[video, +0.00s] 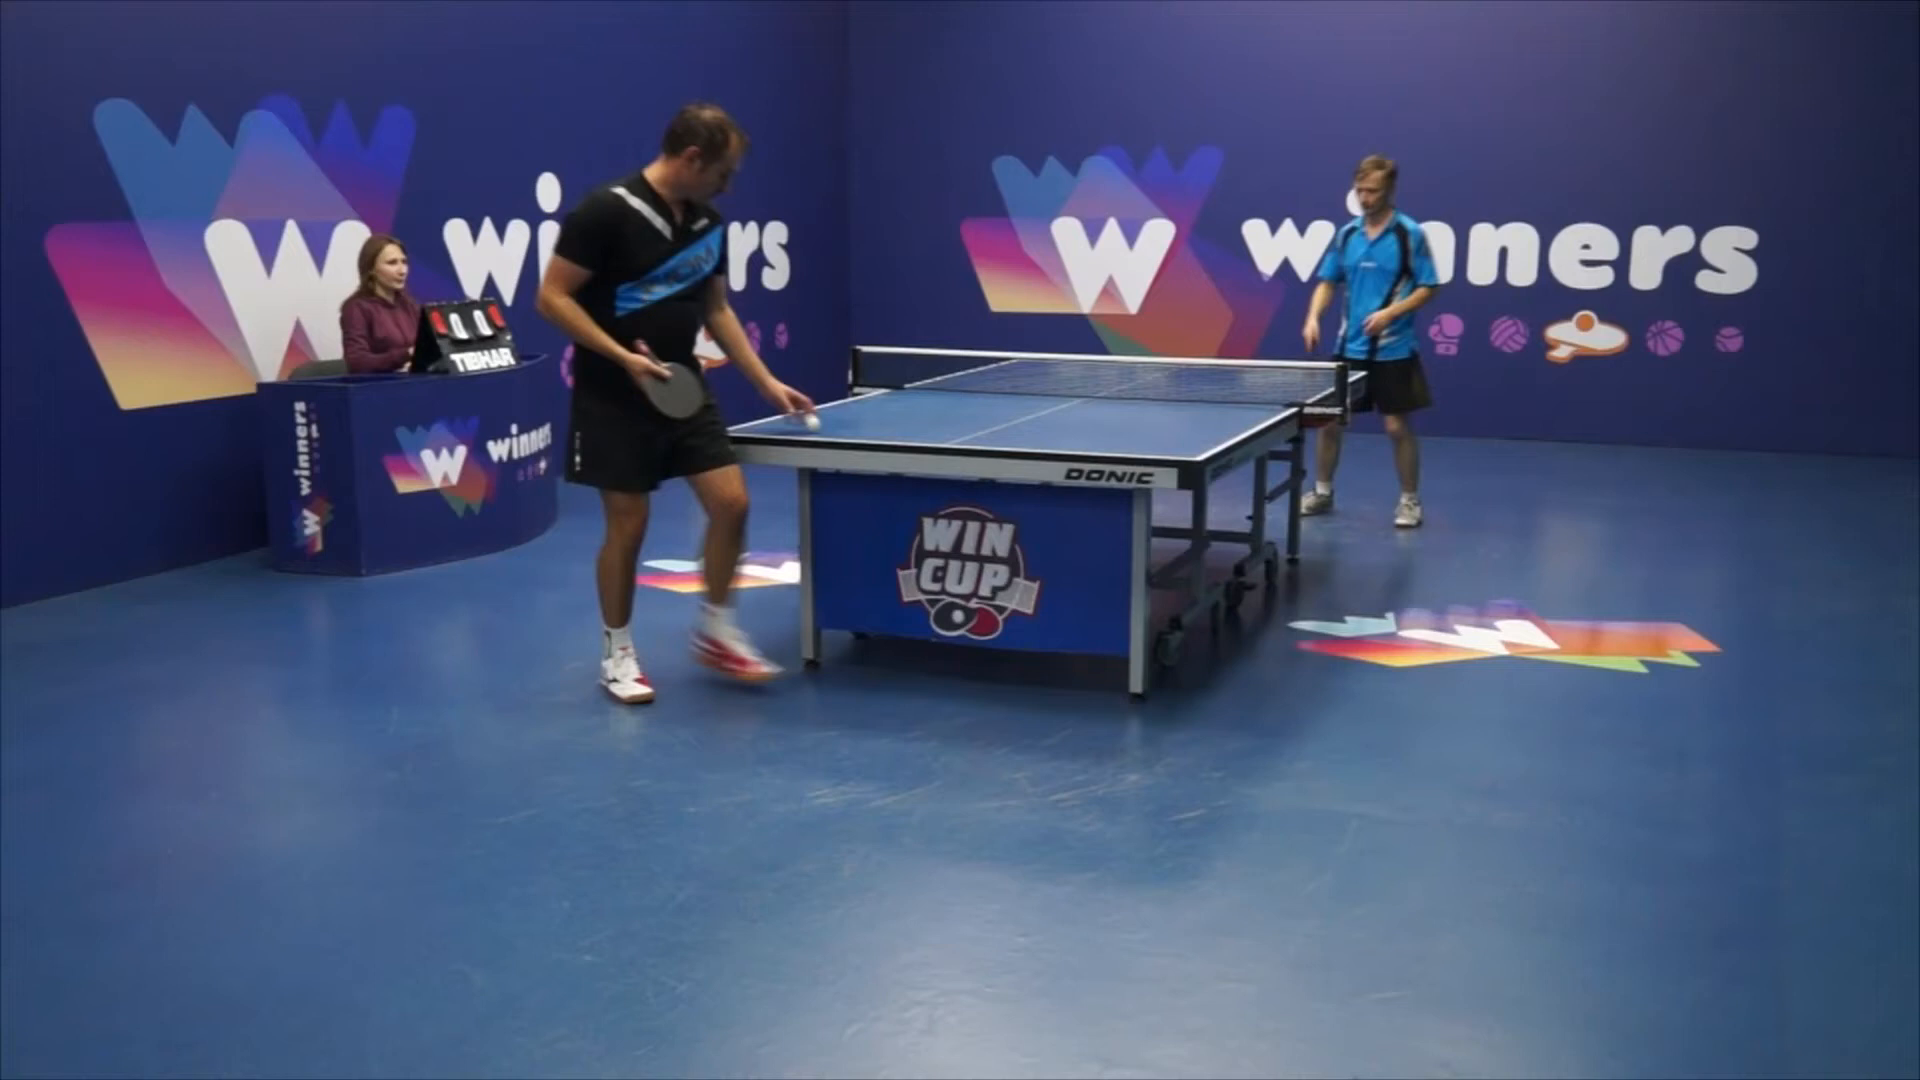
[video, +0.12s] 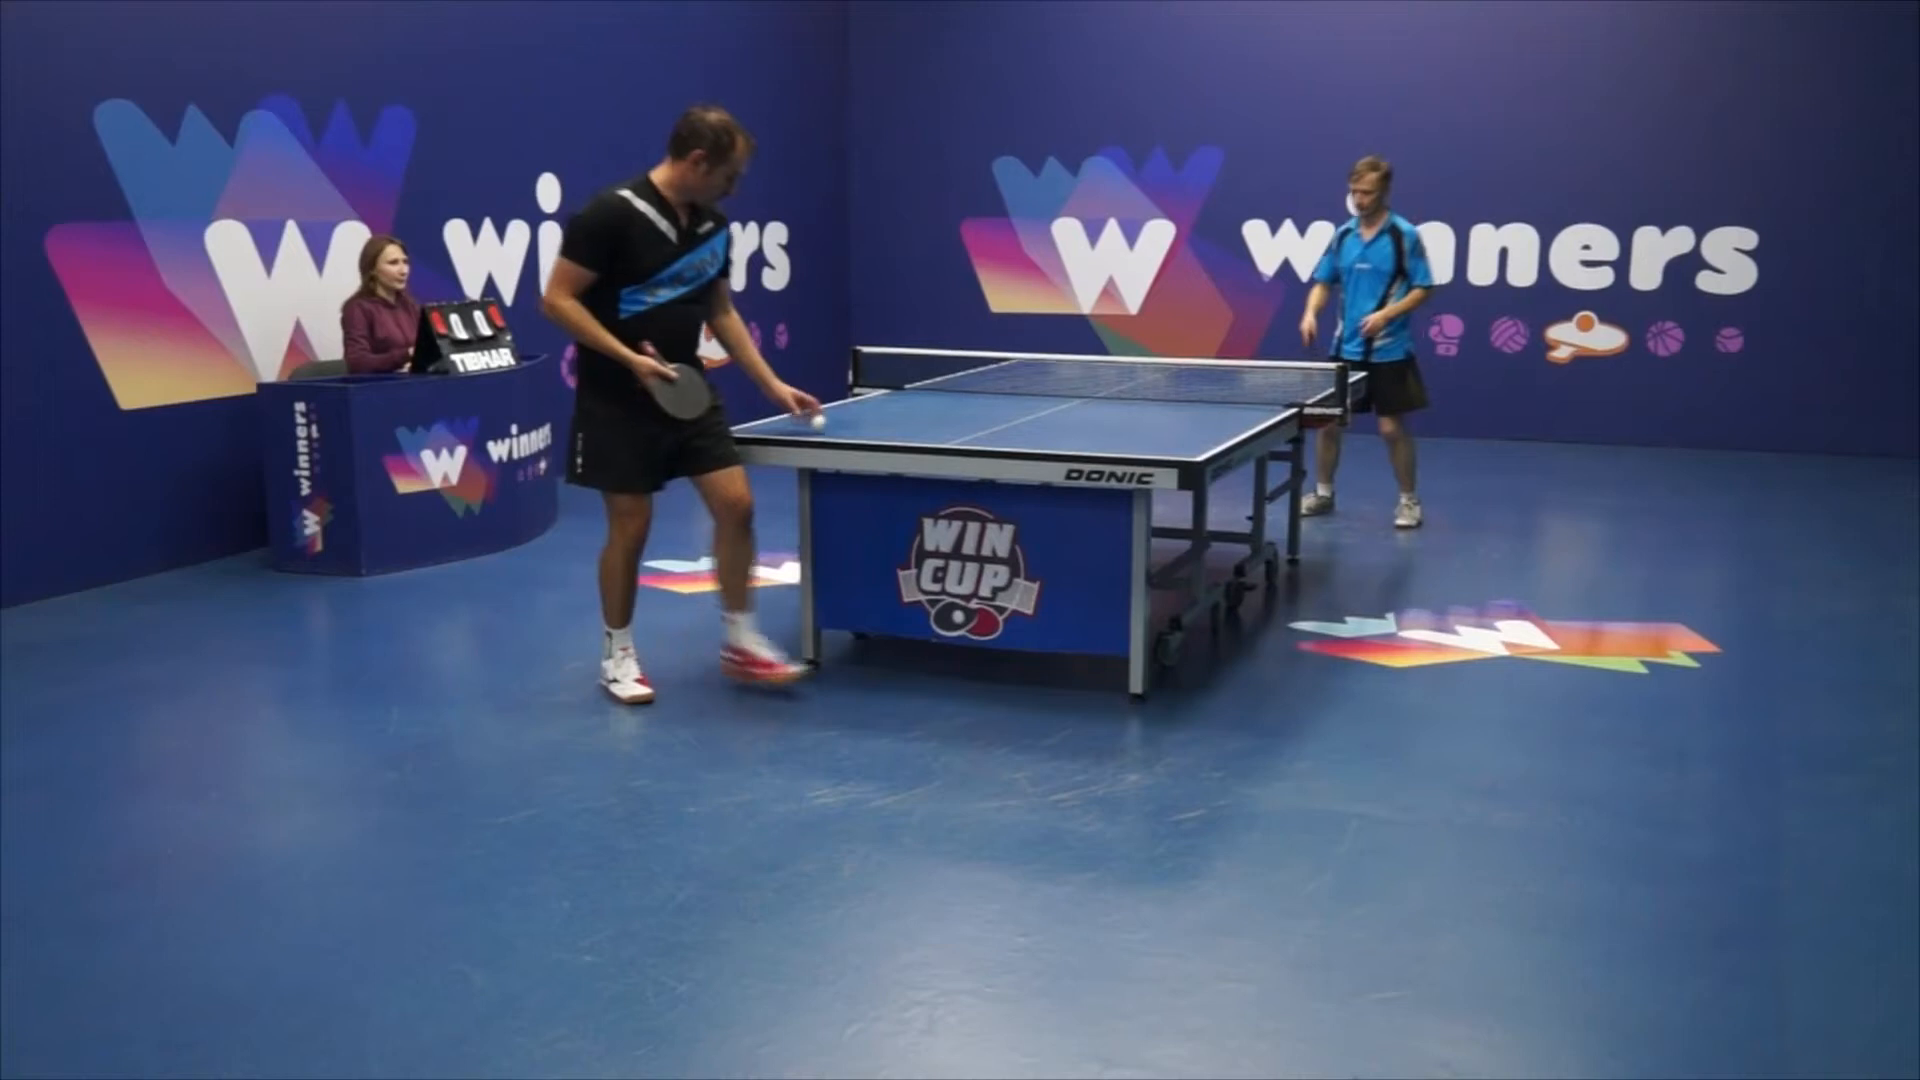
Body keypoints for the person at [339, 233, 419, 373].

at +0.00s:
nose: (402, 270)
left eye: (404, 262)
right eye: (392, 263)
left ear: (408, 263)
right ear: (371, 269)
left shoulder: (408, 304)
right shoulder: (356, 308)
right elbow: (357, 364)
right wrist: (407, 354)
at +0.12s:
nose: (403, 270)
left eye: (405, 262)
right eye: (393, 263)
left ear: (409, 263)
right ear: (372, 269)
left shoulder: (409, 304)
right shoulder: (357, 308)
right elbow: (357, 364)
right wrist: (407, 354)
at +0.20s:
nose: (405, 269)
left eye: (407, 261)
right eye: (395, 262)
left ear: (411, 264)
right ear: (374, 269)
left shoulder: (411, 304)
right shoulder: (358, 307)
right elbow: (357, 363)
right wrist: (407, 354)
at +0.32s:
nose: (408, 270)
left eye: (410, 262)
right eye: (398, 263)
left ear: (413, 264)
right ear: (377, 270)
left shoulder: (413, 305)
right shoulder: (361, 307)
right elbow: (357, 364)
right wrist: (408, 354)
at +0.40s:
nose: (409, 270)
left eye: (411, 262)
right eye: (399, 263)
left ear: (415, 264)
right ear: (378, 270)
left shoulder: (415, 306)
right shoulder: (362, 307)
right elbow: (357, 363)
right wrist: (408, 354)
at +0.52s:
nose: (410, 270)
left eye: (413, 262)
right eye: (400, 263)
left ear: (417, 265)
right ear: (379, 270)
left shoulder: (417, 307)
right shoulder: (363, 307)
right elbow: (358, 362)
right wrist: (408, 354)